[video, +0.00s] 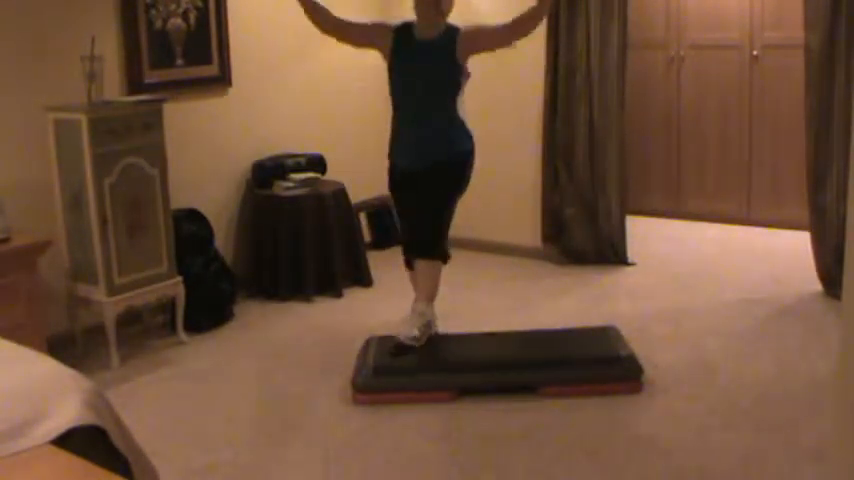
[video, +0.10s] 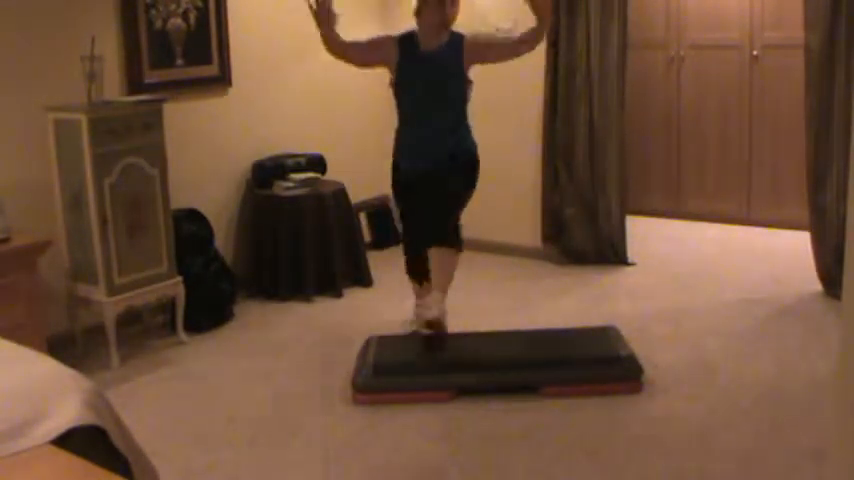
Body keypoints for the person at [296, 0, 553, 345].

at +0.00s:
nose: (434, 6)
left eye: (440, 1)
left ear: (449, 5)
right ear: (416, 3)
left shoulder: (461, 40)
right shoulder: (390, 37)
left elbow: (512, 31)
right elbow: (332, 25)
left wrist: (546, 5)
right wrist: (304, 0)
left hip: (450, 148)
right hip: (405, 150)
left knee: (430, 227)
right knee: (412, 233)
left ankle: (421, 315)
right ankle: (424, 312)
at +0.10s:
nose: (438, 12)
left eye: (441, 5)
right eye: (433, 6)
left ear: (450, 11)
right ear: (420, 11)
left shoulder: (464, 47)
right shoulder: (396, 47)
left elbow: (522, 45)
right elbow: (341, 50)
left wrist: (544, 22)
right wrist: (326, 26)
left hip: (455, 153)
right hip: (410, 155)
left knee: (443, 219)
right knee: (414, 232)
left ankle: (436, 304)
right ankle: (422, 305)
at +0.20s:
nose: (454, 5)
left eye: (457, 0)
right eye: (447, 0)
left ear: (462, 4)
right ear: (430, 3)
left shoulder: (474, 37)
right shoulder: (408, 37)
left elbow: (519, 52)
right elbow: (364, 54)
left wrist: (553, 54)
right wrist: (337, 65)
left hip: (465, 144)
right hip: (419, 146)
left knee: (469, 219)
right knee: (421, 228)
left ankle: (465, 296)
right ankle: (419, 305)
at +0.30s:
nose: (470, 5)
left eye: (474, 1)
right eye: (463, 0)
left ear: (478, 3)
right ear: (446, 1)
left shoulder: (490, 35)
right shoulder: (421, 33)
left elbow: (520, 64)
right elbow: (372, 63)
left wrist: (541, 98)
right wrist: (356, 104)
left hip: (475, 141)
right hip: (429, 143)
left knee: (490, 222)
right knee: (425, 226)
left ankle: (492, 295)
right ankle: (419, 305)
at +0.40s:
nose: (492, 8)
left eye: (494, 3)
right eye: (484, 2)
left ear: (496, 8)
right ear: (463, 5)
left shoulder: (501, 41)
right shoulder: (437, 41)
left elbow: (512, 81)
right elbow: (399, 75)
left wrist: (523, 119)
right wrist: (387, 125)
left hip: (489, 151)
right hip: (444, 152)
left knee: (506, 228)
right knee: (437, 232)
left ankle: (502, 303)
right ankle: (420, 306)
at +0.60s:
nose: (511, 8)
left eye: (516, 3)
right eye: (505, 3)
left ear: (522, 4)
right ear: (490, 2)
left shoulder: (530, 34)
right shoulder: (467, 36)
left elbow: (554, 71)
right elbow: (423, 76)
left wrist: (572, 103)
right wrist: (408, 122)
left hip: (516, 148)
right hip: (474, 147)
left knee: (516, 231)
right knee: (483, 227)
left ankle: (501, 307)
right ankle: (468, 290)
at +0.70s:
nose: (520, 3)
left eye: (524, 1)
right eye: (514, 1)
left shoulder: (545, 26)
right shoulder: (478, 26)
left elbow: (584, 46)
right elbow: (436, 56)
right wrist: (416, 78)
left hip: (521, 135)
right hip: (478, 133)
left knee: (521, 218)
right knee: (506, 214)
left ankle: (502, 301)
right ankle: (515, 297)